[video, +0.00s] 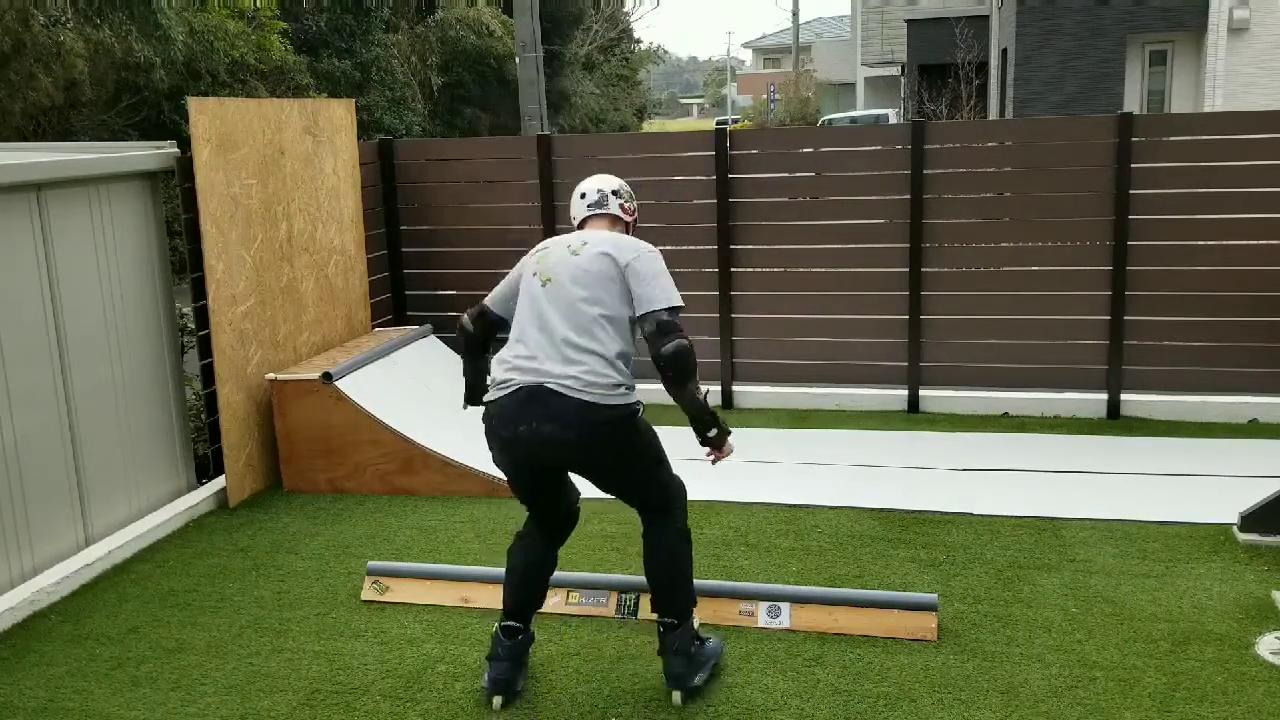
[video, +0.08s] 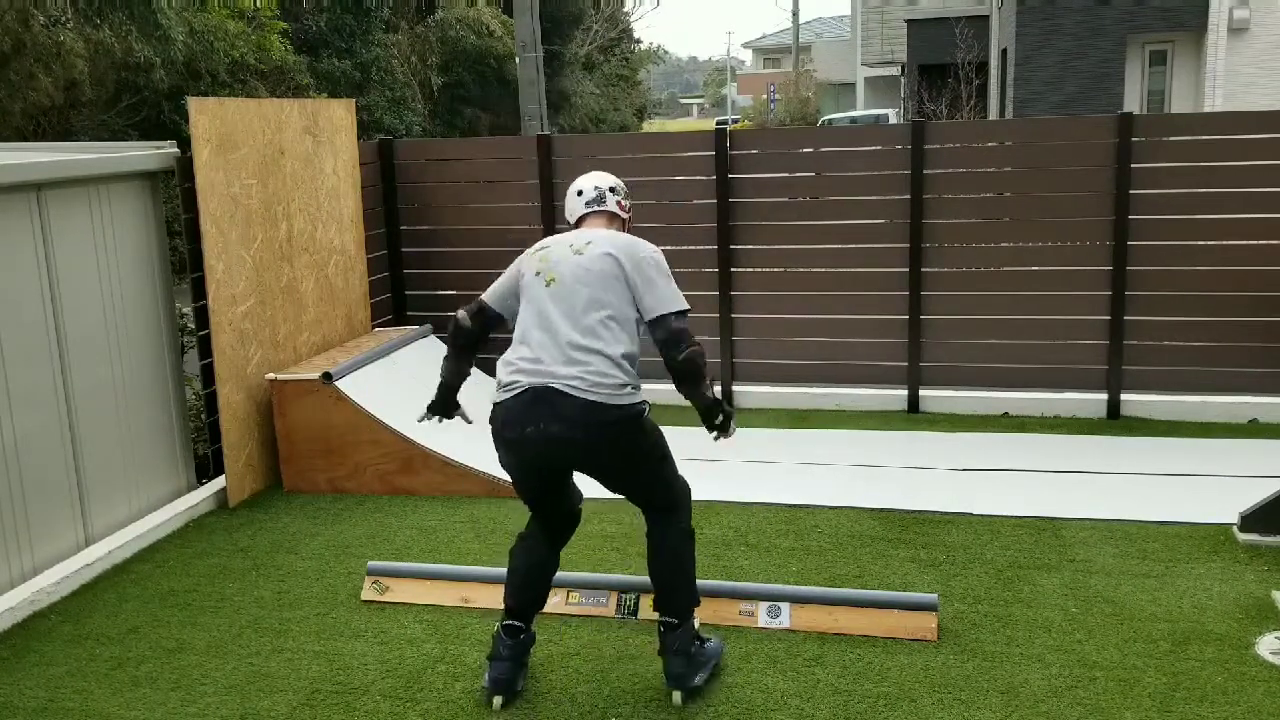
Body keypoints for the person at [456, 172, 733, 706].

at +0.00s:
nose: (634, 222)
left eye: (630, 215)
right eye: (632, 214)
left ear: (576, 218)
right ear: (627, 214)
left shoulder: (539, 254)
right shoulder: (635, 252)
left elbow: (478, 323)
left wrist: (475, 378)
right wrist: (702, 418)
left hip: (509, 411)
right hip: (593, 412)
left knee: (552, 513)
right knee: (664, 503)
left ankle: (506, 653)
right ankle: (681, 651)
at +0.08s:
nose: (630, 218)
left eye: (625, 210)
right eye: (628, 211)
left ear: (570, 219)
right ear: (621, 212)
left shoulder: (536, 254)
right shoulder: (637, 251)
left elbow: (467, 322)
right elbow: (677, 346)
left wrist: (447, 389)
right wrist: (707, 403)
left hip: (517, 413)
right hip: (602, 412)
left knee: (552, 516)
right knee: (668, 505)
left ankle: (507, 656)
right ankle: (680, 651)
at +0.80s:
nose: (570, 309)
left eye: (575, 300)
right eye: (562, 303)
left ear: (601, 277)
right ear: (549, 280)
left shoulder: (659, 264)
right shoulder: (551, 270)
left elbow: (718, 339)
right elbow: (493, 290)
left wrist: (697, 419)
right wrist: (455, 353)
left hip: (681, 330)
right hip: (615, 330)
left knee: (719, 435)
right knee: (571, 436)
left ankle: (738, 546)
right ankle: (565, 541)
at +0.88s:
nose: (576, 317)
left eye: (581, 307)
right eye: (568, 311)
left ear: (607, 285)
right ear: (555, 292)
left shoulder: (664, 270)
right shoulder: (551, 277)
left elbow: (727, 342)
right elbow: (492, 296)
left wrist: (712, 424)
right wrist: (450, 357)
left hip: (682, 336)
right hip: (612, 335)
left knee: (719, 433)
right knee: (568, 435)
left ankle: (738, 547)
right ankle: (565, 540)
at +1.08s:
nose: (597, 325)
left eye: (604, 316)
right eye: (587, 320)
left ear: (628, 292)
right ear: (569, 299)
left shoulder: (677, 284)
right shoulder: (559, 286)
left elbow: (750, 346)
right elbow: (488, 295)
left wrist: (746, 421)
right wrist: (446, 364)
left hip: (684, 342)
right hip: (608, 342)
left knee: (721, 438)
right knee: (554, 438)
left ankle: (739, 551)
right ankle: (565, 541)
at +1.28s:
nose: (573, 231)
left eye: (578, 218)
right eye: (563, 222)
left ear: (610, 196)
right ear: (552, 208)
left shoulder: (662, 195)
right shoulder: (549, 207)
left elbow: (741, 253)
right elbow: (488, 209)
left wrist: (671, 273)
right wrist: (453, 285)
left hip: (676, 324)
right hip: (598, 323)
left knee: (705, 443)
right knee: (560, 439)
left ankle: (735, 548)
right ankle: (562, 542)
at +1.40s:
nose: (545, 186)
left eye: (551, 173)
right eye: (537, 175)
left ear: (583, 148)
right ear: (528, 161)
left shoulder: (647, 160)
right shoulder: (537, 171)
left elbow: (710, 232)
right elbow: (507, 207)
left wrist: (622, 243)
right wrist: (482, 280)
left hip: (664, 321)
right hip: (589, 324)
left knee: (659, 458)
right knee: (557, 445)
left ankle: (709, 560)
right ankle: (597, 544)